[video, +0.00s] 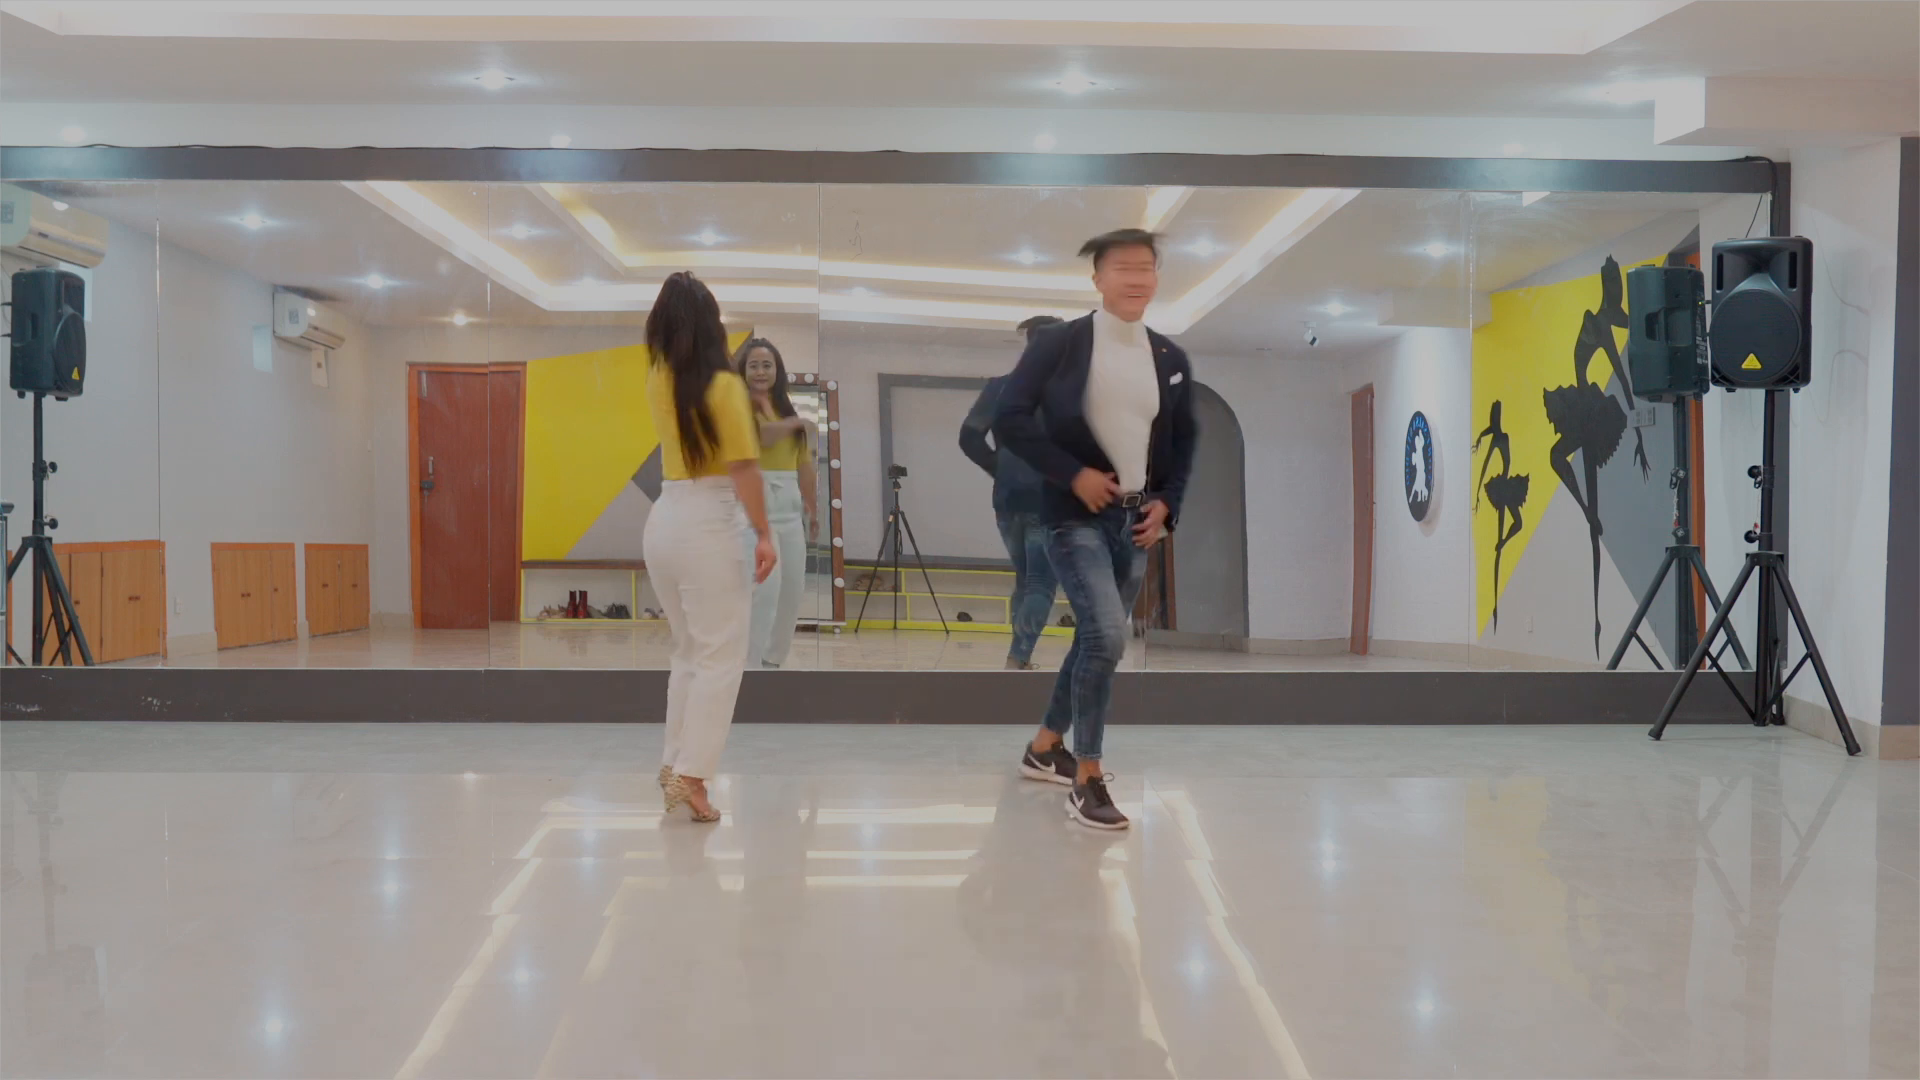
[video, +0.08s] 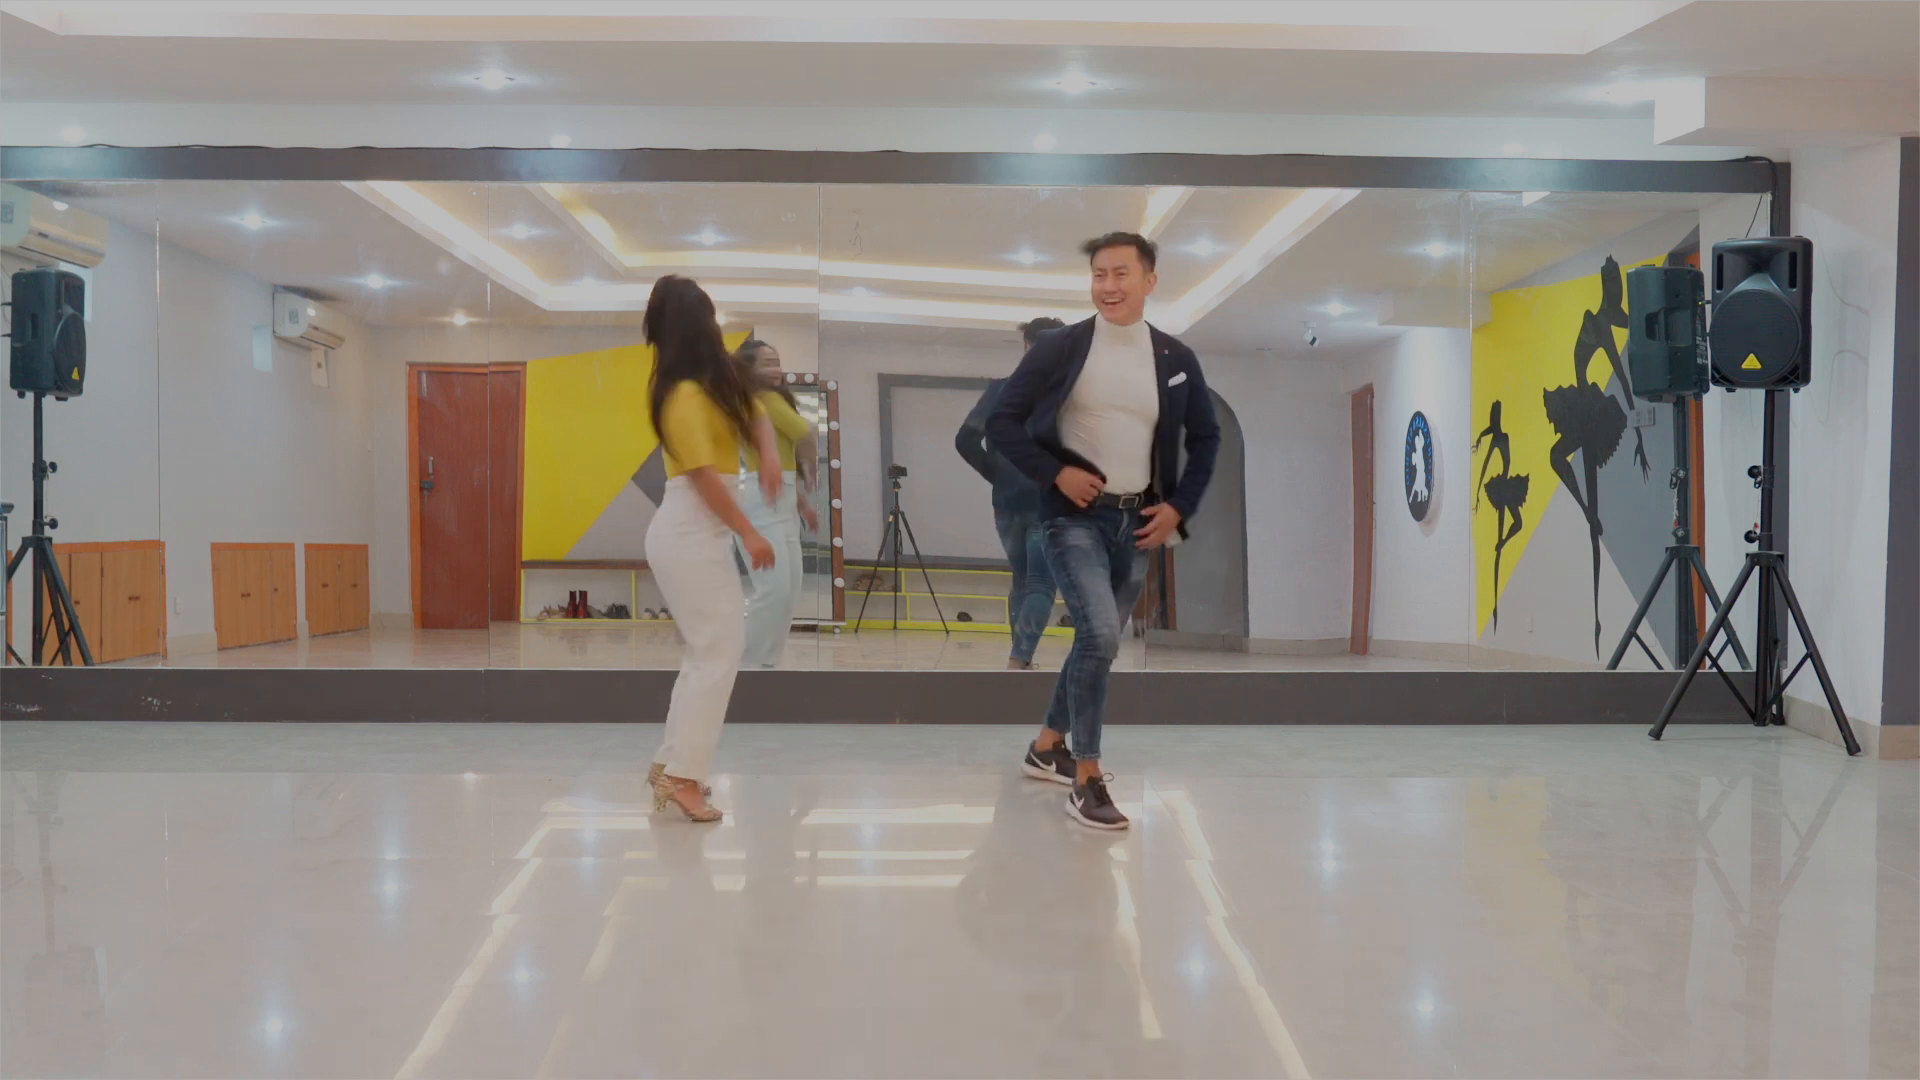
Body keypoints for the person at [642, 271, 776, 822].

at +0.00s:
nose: (722, 322)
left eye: (715, 314)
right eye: (718, 315)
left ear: (663, 325)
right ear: (712, 321)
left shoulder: (657, 382)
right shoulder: (723, 385)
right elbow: (743, 465)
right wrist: (764, 532)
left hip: (666, 519)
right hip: (714, 521)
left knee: (688, 648)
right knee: (723, 655)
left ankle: (675, 765)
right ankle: (693, 774)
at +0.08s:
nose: (716, 318)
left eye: (710, 309)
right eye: (709, 311)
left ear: (666, 327)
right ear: (701, 323)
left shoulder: (710, 381)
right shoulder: (684, 393)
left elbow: (753, 410)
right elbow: (701, 475)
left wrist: (770, 457)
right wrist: (750, 532)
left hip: (700, 528)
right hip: (689, 530)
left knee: (708, 647)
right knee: (720, 646)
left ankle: (672, 765)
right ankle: (684, 776)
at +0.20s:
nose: (685, 327)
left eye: (694, 318)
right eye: (674, 321)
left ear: (716, 327)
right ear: (662, 333)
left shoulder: (741, 389)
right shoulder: (652, 391)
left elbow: (769, 463)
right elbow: (640, 473)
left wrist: (771, 529)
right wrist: (697, 516)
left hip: (730, 537)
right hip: (672, 534)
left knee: (734, 658)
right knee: (701, 651)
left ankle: (681, 764)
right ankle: (681, 779)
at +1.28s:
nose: (703, 349)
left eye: (715, 341)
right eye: (694, 339)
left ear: (733, 345)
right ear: (681, 342)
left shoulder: (749, 399)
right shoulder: (662, 396)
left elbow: (764, 477)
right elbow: (649, 474)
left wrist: (765, 540)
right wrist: (655, 542)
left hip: (738, 536)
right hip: (678, 534)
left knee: (731, 652)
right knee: (685, 646)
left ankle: (701, 761)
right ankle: (683, 769)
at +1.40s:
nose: (707, 342)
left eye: (719, 332)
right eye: (698, 331)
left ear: (737, 335)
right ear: (685, 334)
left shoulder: (750, 391)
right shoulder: (669, 384)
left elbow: (768, 461)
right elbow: (632, 454)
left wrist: (763, 510)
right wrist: (660, 513)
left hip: (739, 530)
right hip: (680, 526)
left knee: (728, 645)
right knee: (713, 629)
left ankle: (698, 759)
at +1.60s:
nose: (717, 335)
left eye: (728, 325)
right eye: (707, 324)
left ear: (746, 328)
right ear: (693, 328)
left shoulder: (757, 382)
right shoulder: (682, 375)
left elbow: (781, 445)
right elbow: (625, 425)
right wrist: (671, 468)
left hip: (741, 522)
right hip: (692, 517)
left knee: (710, 644)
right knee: (757, 616)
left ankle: (687, 754)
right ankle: (681, 667)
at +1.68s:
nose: (721, 338)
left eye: (732, 327)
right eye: (711, 327)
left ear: (751, 330)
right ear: (698, 330)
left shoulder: (763, 384)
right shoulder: (687, 377)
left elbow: (786, 456)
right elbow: (628, 423)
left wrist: (796, 434)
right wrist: (678, 455)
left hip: (740, 525)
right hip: (697, 520)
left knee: (703, 644)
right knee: (762, 621)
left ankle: (673, 754)